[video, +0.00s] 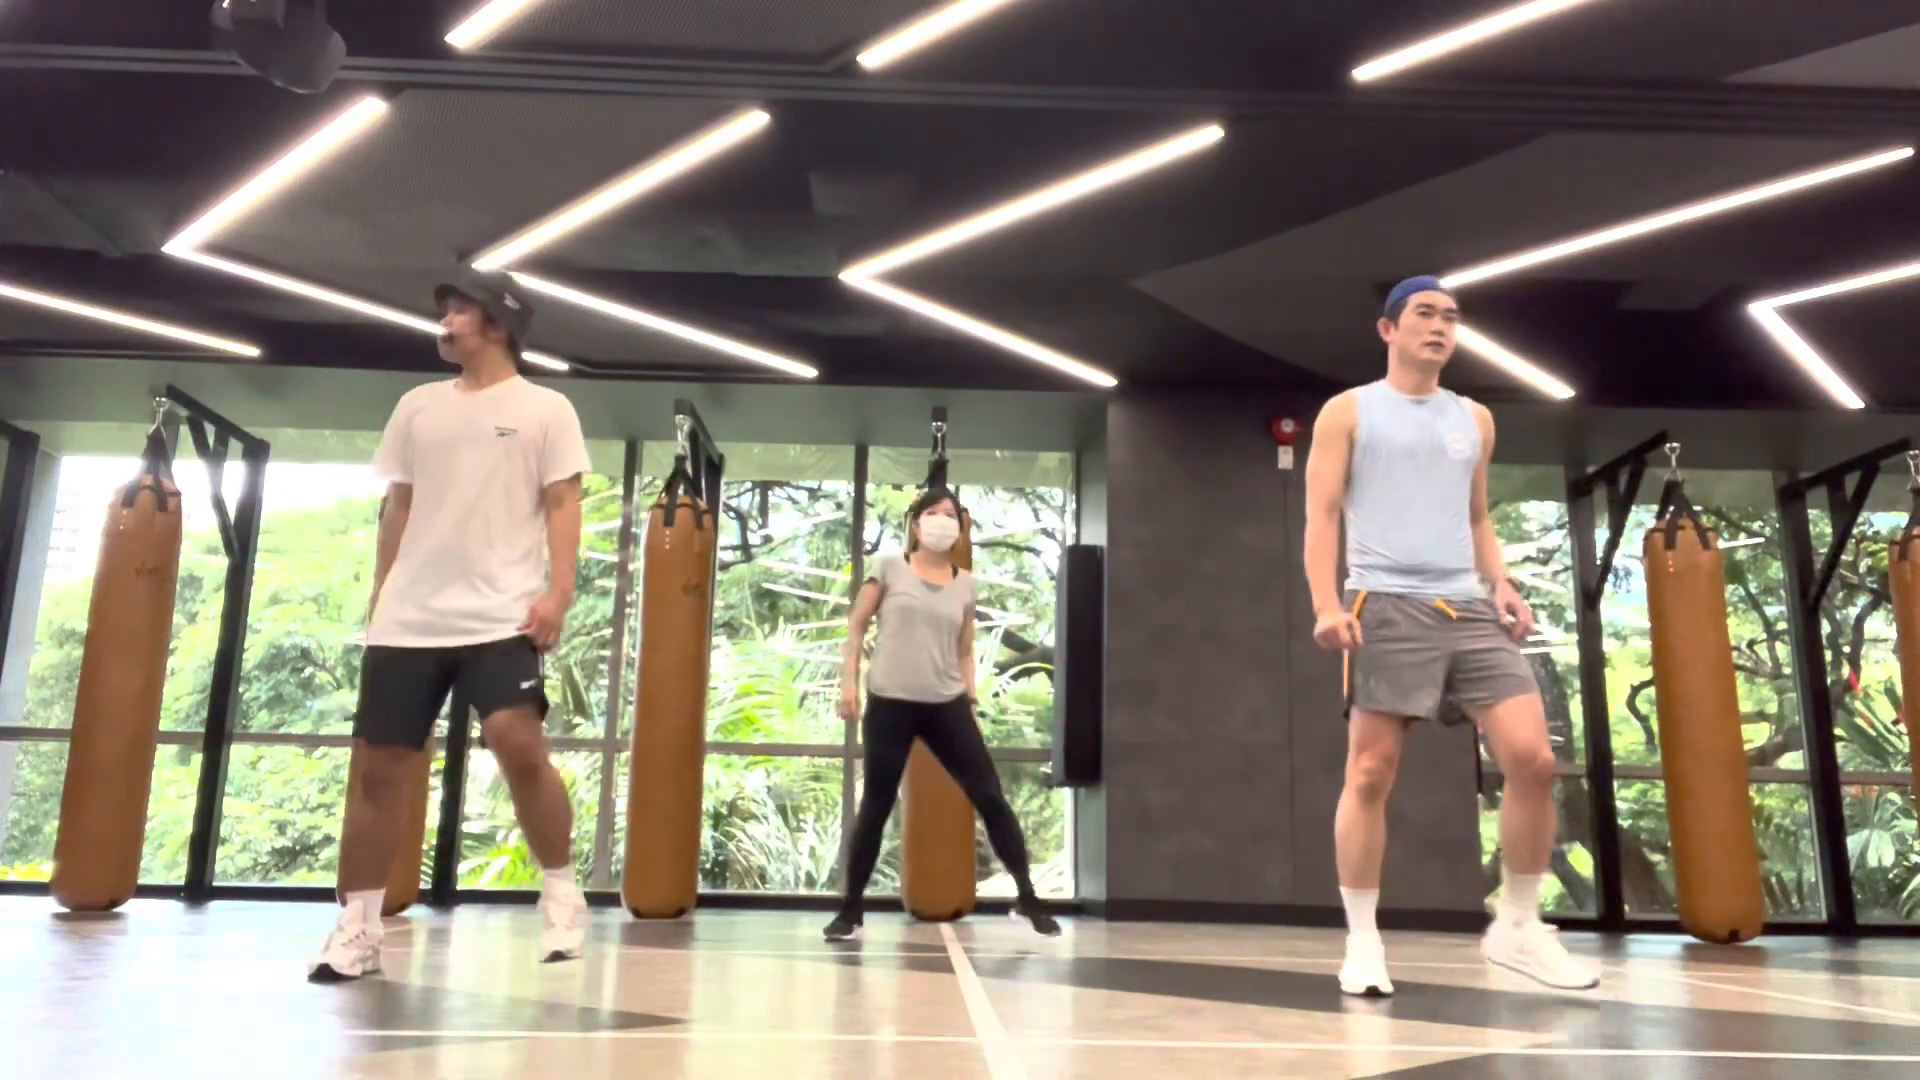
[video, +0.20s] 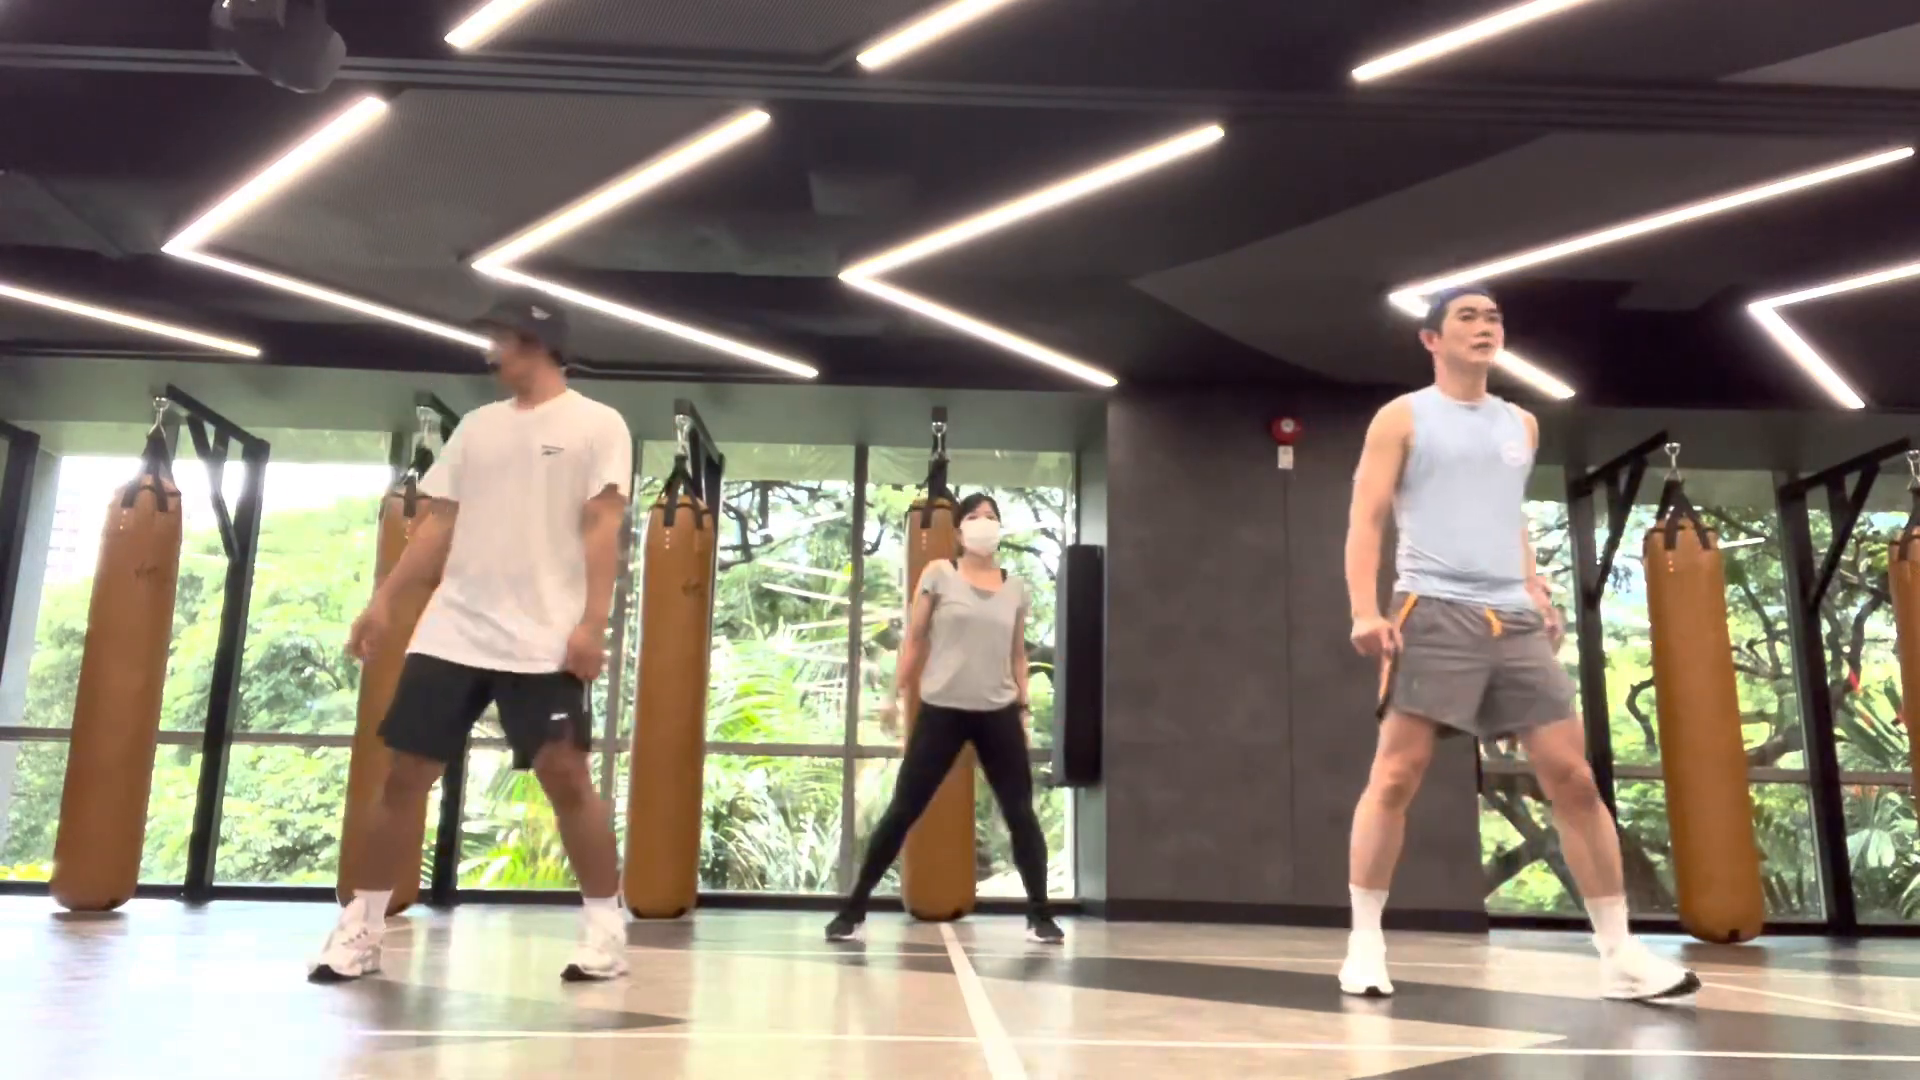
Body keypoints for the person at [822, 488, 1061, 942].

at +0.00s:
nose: (941, 521)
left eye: (950, 515)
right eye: (931, 514)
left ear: (960, 530)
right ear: (915, 526)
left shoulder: (964, 584)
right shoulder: (891, 566)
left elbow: (965, 648)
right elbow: (856, 623)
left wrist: (968, 698)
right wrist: (848, 683)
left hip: (946, 703)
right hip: (889, 703)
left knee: (990, 799)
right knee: (874, 807)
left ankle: (1027, 896)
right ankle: (850, 909)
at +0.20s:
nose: (984, 523)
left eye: (991, 518)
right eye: (974, 518)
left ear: (1001, 532)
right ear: (959, 532)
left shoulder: (1016, 589)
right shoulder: (939, 573)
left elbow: (1018, 650)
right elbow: (915, 638)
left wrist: (1022, 705)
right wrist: (902, 696)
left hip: (998, 713)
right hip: (941, 709)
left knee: (1022, 814)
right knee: (903, 811)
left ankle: (1039, 912)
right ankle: (854, 908)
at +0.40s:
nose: (1011, 515)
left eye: (1018, 509)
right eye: (1002, 509)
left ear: (1029, 523)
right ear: (986, 523)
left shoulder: (1045, 577)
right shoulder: (966, 565)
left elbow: (1059, 641)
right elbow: (943, 631)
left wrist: (1071, 698)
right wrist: (933, 688)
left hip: (1023, 702)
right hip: (968, 699)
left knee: (1032, 809)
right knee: (953, 799)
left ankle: (1040, 913)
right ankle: (925, 889)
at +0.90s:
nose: (983, 520)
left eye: (991, 514)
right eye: (973, 515)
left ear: (1003, 528)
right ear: (959, 530)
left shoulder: (1022, 573)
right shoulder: (942, 579)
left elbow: (1036, 634)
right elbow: (931, 646)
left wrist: (1034, 684)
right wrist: (924, 705)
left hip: (1007, 707)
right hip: (949, 704)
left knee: (1021, 810)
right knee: (903, 798)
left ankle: (1040, 913)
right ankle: (874, 892)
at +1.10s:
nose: (937, 532)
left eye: (946, 525)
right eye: (928, 524)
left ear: (959, 537)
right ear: (911, 534)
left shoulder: (970, 589)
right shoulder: (890, 587)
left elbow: (988, 651)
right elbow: (880, 654)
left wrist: (996, 697)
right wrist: (872, 707)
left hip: (951, 718)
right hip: (892, 717)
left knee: (989, 813)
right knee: (852, 814)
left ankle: (1037, 907)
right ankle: (823, 907)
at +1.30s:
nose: (903, 516)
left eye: (912, 511)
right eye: (894, 508)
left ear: (921, 528)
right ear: (876, 521)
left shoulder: (928, 576)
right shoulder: (848, 568)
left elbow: (940, 639)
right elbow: (826, 628)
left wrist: (951, 697)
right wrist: (807, 682)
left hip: (908, 701)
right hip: (850, 700)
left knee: (933, 798)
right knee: (834, 805)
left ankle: (972, 893)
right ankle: (822, 907)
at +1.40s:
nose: (892, 516)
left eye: (901, 510)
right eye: (884, 508)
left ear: (910, 524)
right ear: (867, 518)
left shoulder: (919, 576)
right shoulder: (839, 565)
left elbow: (926, 641)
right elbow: (809, 625)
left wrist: (929, 695)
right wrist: (788, 679)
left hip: (898, 696)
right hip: (842, 695)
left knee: (894, 793)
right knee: (831, 803)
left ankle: (908, 894)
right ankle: (822, 904)